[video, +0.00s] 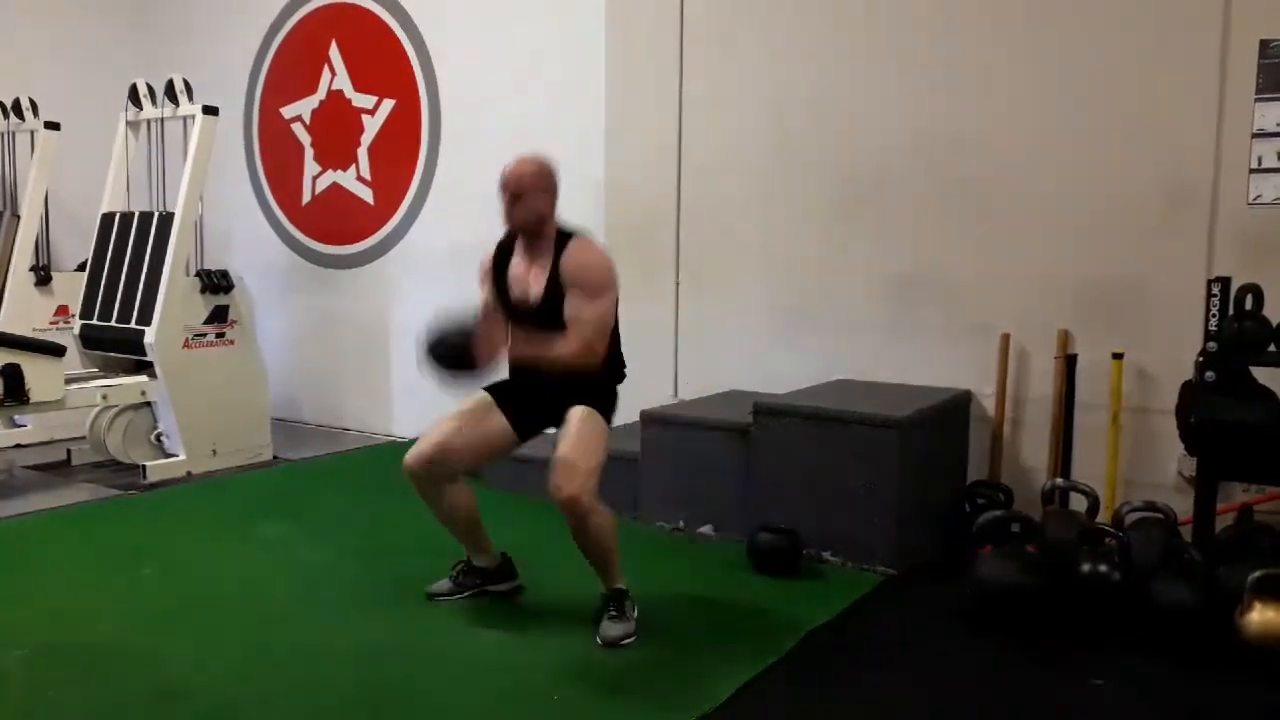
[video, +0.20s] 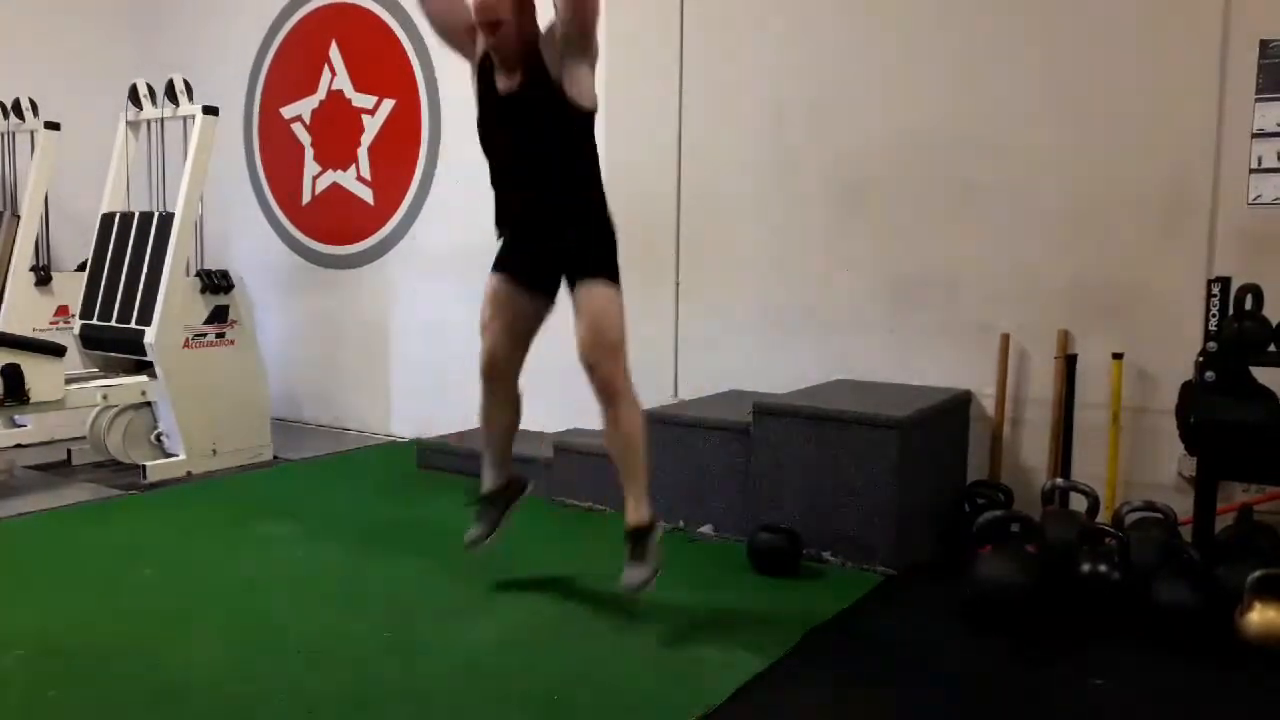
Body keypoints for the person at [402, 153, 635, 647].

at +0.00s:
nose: (511, 206)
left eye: (522, 197)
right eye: (507, 196)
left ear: (550, 199)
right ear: (502, 200)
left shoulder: (585, 260)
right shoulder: (499, 260)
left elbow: (587, 351)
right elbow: (489, 343)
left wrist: (512, 345)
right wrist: (459, 350)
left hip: (587, 387)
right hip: (529, 385)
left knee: (570, 489)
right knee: (425, 463)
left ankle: (617, 597)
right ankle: (488, 565)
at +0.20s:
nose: (488, 31)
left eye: (499, 19)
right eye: (481, 23)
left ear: (529, 16)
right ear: (476, 24)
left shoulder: (564, 53)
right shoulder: (480, 54)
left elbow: (584, 4)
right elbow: (426, 3)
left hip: (585, 236)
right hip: (523, 240)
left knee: (606, 370)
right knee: (495, 366)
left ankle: (640, 519)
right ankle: (498, 482)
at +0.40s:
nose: (526, 129)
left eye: (535, 118)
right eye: (520, 119)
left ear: (559, 119)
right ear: (512, 124)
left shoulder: (600, 162)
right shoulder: (514, 168)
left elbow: (558, 187)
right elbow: (438, 162)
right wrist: (437, 74)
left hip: (617, 321)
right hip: (559, 321)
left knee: (615, 451)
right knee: (511, 439)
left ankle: (660, 576)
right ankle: (536, 549)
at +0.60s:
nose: (506, 156)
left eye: (509, 143)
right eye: (502, 146)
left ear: (542, 128)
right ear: (530, 134)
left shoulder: (604, 172)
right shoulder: (544, 181)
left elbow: (682, 210)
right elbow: (593, 232)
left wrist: (726, 269)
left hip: (649, 313)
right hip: (601, 313)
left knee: (637, 444)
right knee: (569, 428)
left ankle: (663, 579)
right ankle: (557, 550)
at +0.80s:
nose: (543, 138)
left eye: (541, 130)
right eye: (543, 130)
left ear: (548, 125)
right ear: (583, 119)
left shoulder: (568, 156)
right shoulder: (620, 162)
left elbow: (559, 235)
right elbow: (661, 244)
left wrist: (503, 311)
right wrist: (613, 278)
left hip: (612, 315)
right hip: (646, 312)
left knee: (554, 434)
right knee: (594, 437)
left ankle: (640, 554)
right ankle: (604, 559)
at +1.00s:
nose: (647, 153)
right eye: (648, 147)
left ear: (601, 136)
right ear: (643, 144)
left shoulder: (553, 163)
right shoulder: (651, 180)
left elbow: (499, 233)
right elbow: (679, 261)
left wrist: (501, 299)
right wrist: (691, 332)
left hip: (553, 322)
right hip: (615, 327)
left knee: (539, 434)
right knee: (604, 435)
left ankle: (525, 564)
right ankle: (609, 562)